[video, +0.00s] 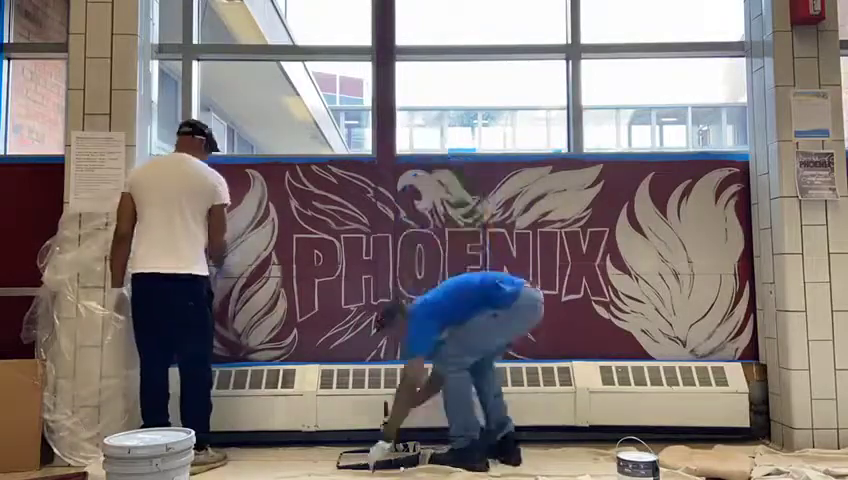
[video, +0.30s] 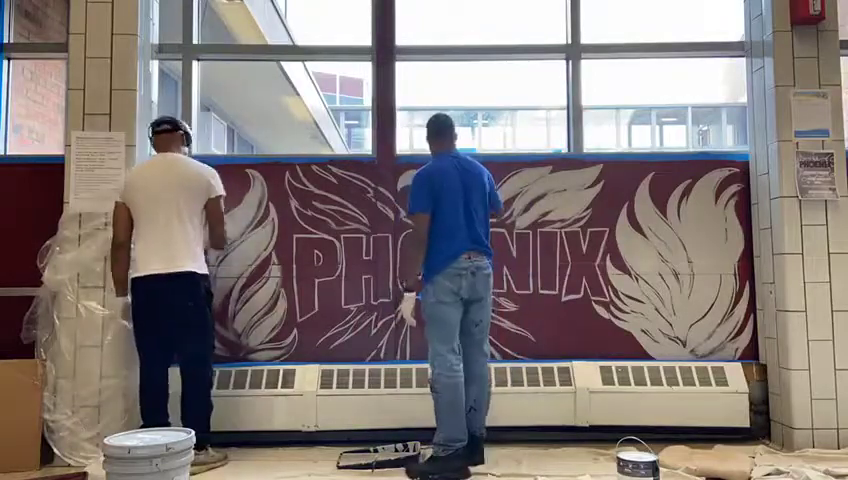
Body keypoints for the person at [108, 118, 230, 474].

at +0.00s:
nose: (208, 156)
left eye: (207, 151)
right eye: (209, 151)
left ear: (176, 142)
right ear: (202, 144)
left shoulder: (140, 173)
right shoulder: (211, 179)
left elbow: (122, 232)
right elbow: (217, 242)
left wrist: (116, 287)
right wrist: (212, 262)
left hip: (146, 284)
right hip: (189, 284)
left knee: (152, 366)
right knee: (195, 367)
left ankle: (154, 447)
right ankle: (197, 448)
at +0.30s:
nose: (181, 147)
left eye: (171, 141)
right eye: (183, 142)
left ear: (152, 143)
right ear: (184, 141)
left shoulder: (132, 178)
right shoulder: (204, 174)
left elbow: (120, 239)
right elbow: (219, 238)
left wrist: (121, 290)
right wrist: (208, 237)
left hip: (146, 285)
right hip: (189, 284)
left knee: (152, 367)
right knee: (196, 366)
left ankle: (154, 449)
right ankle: (197, 448)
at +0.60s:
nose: (211, 154)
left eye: (211, 149)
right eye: (211, 148)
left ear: (178, 140)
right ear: (202, 144)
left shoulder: (137, 175)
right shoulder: (208, 178)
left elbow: (123, 238)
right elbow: (217, 242)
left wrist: (123, 287)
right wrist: (227, 246)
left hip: (145, 284)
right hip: (187, 284)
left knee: (152, 369)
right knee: (196, 368)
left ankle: (155, 449)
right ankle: (197, 448)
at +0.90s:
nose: (227, 171)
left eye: (229, 164)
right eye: (226, 163)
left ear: (197, 150)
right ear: (212, 154)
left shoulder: (151, 174)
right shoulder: (217, 189)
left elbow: (121, 227)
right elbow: (235, 257)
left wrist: (116, 265)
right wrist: (258, 264)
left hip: (135, 279)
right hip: (178, 281)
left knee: (146, 369)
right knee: (191, 368)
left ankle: (153, 449)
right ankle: (196, 449)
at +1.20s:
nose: (225, 177)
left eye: (227, 171)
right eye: (227, 171)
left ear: (198, 155)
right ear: (218, 161)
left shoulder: (152, 175)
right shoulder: (216, 192)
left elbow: (119, 226)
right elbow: (219, 259)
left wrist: (113, 264)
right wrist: (238, 281)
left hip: (134, 282)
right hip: (176, 286)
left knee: (144, 370)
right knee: (189, 368)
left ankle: (154, 450)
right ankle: (196, 448)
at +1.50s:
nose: (224, 165)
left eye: (225, 160)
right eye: (224, 160)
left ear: (193, 149)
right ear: (215, 154)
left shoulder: (152, 177)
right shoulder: (222, 186)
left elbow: (130, 235)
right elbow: (230, 250)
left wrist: (129, 285)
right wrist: (255, 255)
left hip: (150, 284)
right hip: (194, 286)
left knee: (154, 371)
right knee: (197, 370)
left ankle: (154, 449)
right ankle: (194, 449)